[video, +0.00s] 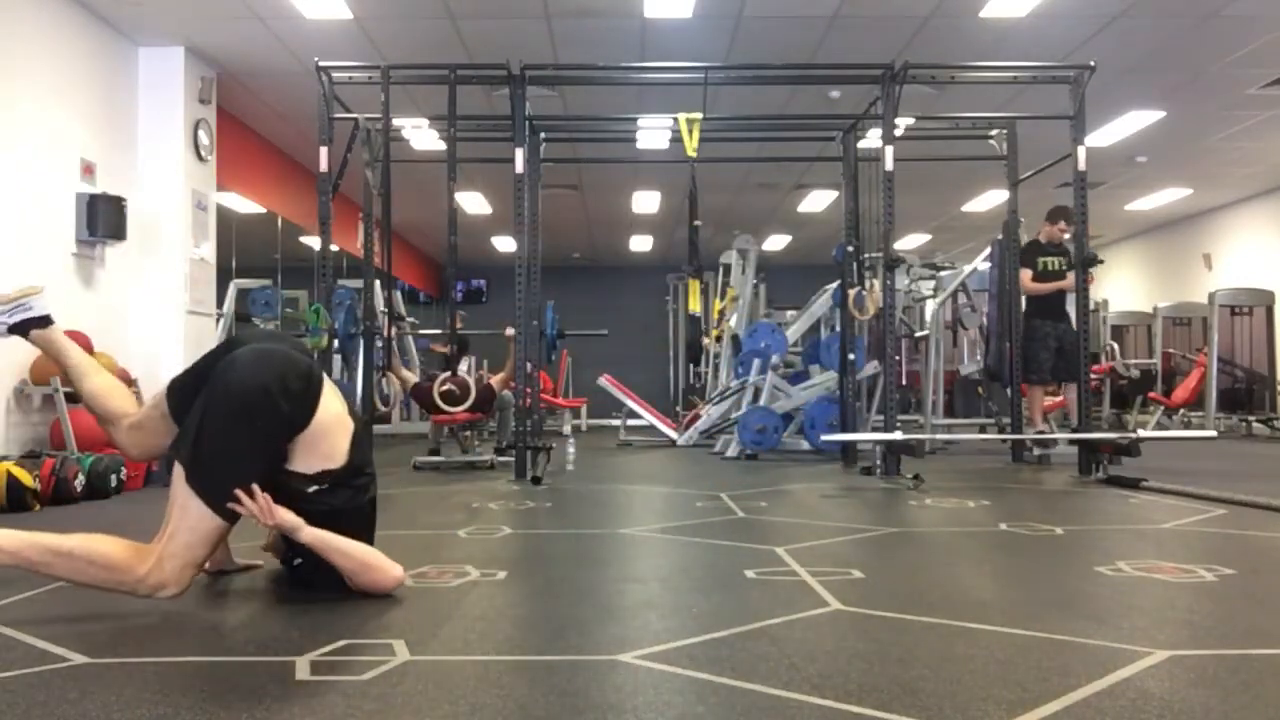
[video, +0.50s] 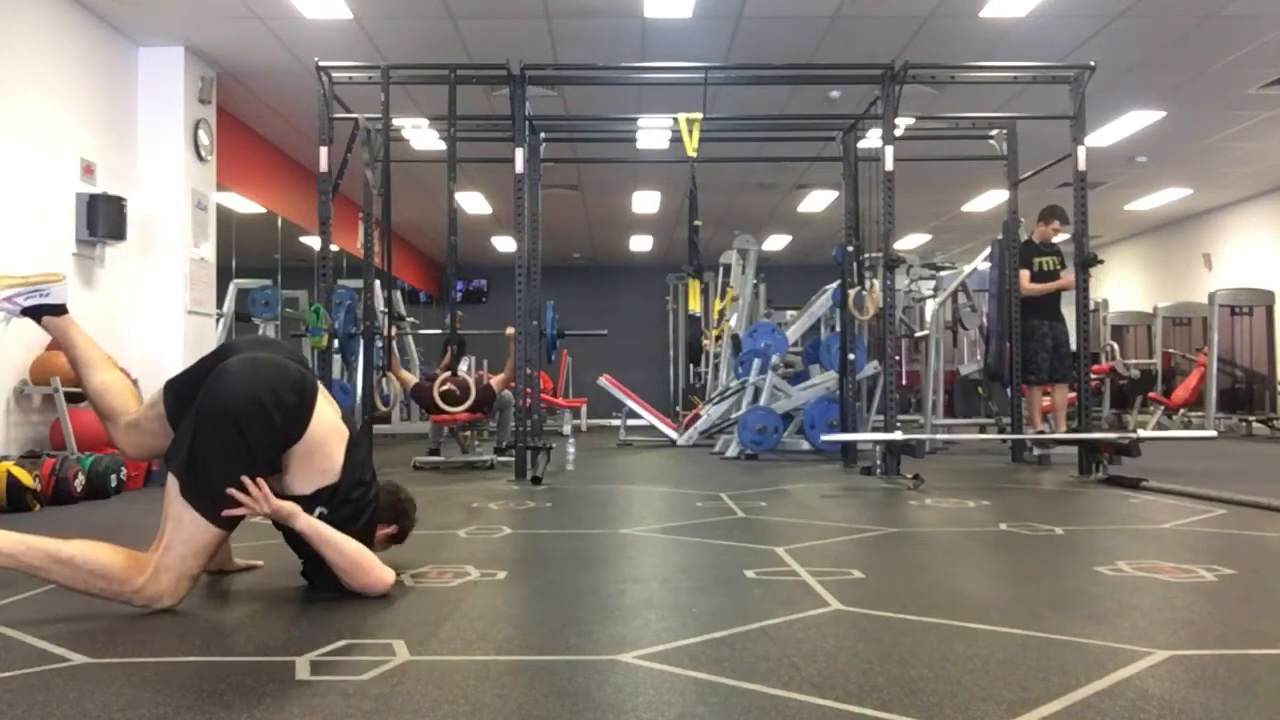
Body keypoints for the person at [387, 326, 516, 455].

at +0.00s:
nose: (451, 379)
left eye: (444, 385)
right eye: (458, 381)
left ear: (436, 392)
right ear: (471, 391)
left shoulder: (428, 397)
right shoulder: (480, 399)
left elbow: (397, 370)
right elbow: (507, 375)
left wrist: (389, 339)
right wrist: (512, 342)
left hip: (439, 409)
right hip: (474, 408)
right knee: (507, 397)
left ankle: (434, 446)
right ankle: (503, 443)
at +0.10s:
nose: (450, 379)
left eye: (444, 385)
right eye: (457, 381)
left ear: (436, 392)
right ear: (470, 391)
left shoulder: (428, 397)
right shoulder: (481, 399)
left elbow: (396, 371)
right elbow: (508, 375)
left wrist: (390, 340)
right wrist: (511, 342)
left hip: (439, 409)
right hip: (475, 409)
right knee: (507, 397)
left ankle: (434, 446)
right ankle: (503, 443)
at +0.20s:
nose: (450, 379)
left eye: (444, 386)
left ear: (436, 392)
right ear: (470, 392)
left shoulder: (428, 398)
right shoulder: (480, 399)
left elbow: (396, 371)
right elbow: (507, 375)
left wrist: (389, 340)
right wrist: (512, 341)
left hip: (439, 409)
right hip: (475, 409)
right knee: (507, 397)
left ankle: (434, 446)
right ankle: (503, 443)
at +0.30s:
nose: (450, 379)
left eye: (444, 385)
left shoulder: (428, 397)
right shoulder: (480, 400)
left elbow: (396, 371)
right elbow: (508, 375)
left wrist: (389, 340)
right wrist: (512, 341)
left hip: (439, 409)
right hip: (474, 408)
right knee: (507, 397)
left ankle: (434, 445)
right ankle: (502, 443)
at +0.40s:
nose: (451, 378)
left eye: (444, 384)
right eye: (456, 380)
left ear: (437, 392)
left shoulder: (428, 397)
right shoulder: (480, 400)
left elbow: (396, 370)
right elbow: (508, 375)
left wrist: (390, 340)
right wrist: (511, 341)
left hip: (439, 409)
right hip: (475, 408)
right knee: (507, 397)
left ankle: (434, 446)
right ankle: (503, 443)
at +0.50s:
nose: (449, 378)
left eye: (444, 383)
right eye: (453, 381)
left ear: (436, 392)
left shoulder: (429, 399)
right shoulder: (480, 398)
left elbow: (397, 371)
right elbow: (507, 376)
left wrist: (390, 341)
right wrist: (512, 341)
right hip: (475, 406)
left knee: (437, 411)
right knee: (507, 397)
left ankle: (434, 447)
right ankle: (503, 444)